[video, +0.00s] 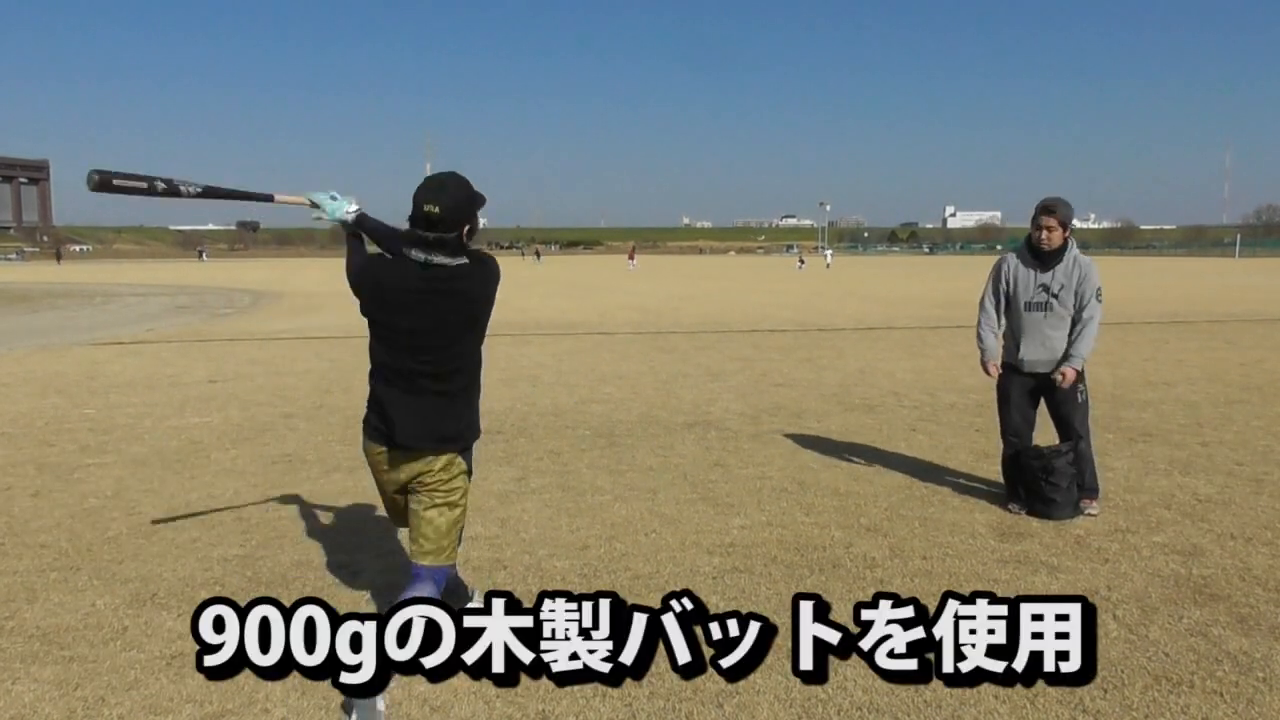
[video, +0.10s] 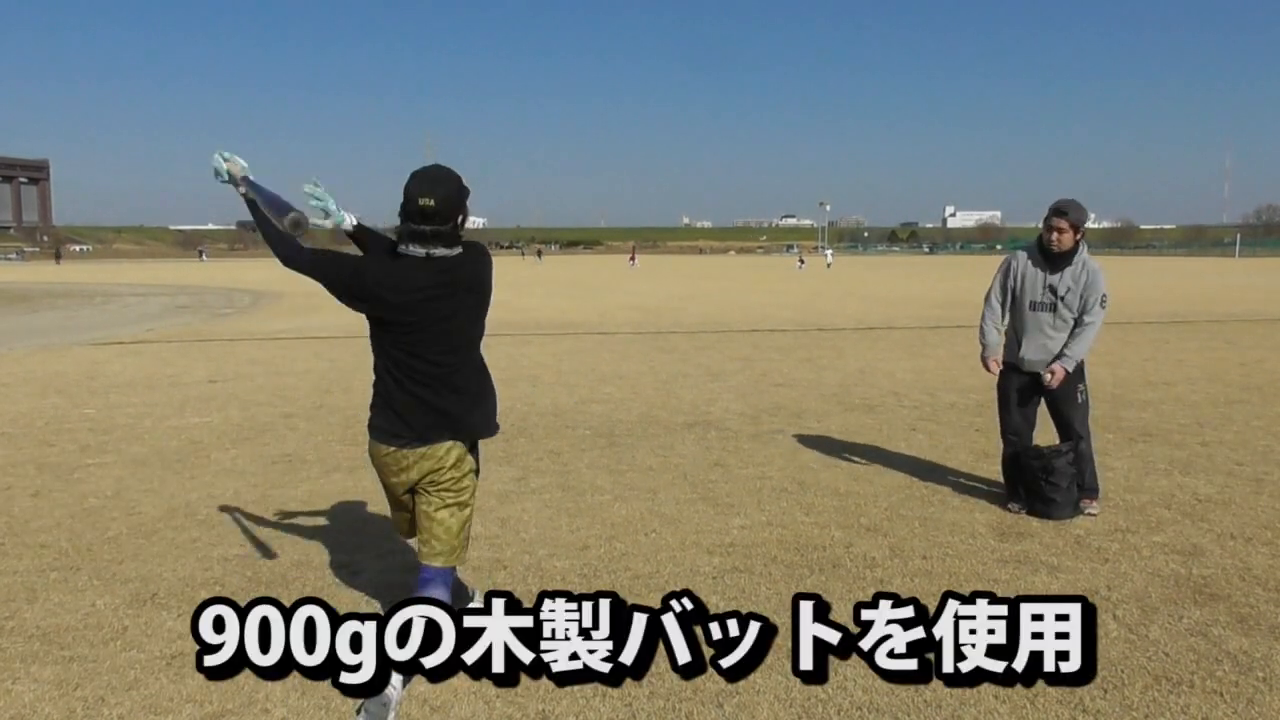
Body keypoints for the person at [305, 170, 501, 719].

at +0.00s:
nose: (476, 223)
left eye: (474, 216)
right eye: (473, 219)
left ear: (415, 220)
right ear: (463, 228)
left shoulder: (377, 272)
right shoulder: (482, 275)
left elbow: (355, 268)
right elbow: (417, 249)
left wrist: (351, 229)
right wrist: (359, 216)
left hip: (383, 437)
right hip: (445, 440)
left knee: (423, 537)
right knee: (428, 573)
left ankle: (464, 605)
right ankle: (369, 684)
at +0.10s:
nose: (466, 215)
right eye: (463, 209)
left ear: (406, 214)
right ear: (460, 218)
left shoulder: (377, 273)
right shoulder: (477, 266)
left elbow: (290, 252)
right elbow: (408, 254)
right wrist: (350, 226)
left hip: (389, 440)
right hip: (451, 441)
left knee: (420, 538)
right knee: (436, 568)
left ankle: (468, 607)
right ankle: (390, 687)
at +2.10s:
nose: (448, 213)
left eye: (415, 200)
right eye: (452, 205)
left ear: (402, 209)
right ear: (456, 215)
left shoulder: (376, 258)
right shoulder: (479, 263)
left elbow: (292, 215)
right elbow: (445, 250)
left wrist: (236, 151)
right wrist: (394, 236)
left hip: (383, 433)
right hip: (447, 438)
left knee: (424, 538)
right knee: (423, 571)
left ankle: (467, 608)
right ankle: (376, 692)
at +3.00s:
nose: (460, 207)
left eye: (453, 199)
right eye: (457, 201)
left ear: (400, 206)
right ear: (451, 209)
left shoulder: (374, 257)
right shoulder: (480, 265)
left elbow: (294, 245)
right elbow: (495, 317)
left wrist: (215, 224)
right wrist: (445, 287)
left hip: (385, 434)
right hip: (445, 438)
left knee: (422, 536)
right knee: (420, 569)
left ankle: (454, 598)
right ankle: (373, 689)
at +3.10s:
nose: (462, 209)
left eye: (456, 200)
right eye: (459, 203)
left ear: (402, 206)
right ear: (452, 209)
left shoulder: (373, 257)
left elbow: (293, 264)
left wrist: (216, 261)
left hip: (384, 431)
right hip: (446, 439)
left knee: (422, 531)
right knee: (422, 565)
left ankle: (458, 598)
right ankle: (372, 690)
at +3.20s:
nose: (461, 213)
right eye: (460, 207)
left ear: (403, 209)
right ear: (453, 212)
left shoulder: (372, 257)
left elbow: (305, 284)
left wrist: (234, 303)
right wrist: (537, 430)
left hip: (386, 432)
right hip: (446, 440)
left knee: (421, 534)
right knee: (419, 567)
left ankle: (452, 597)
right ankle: (372, 691)